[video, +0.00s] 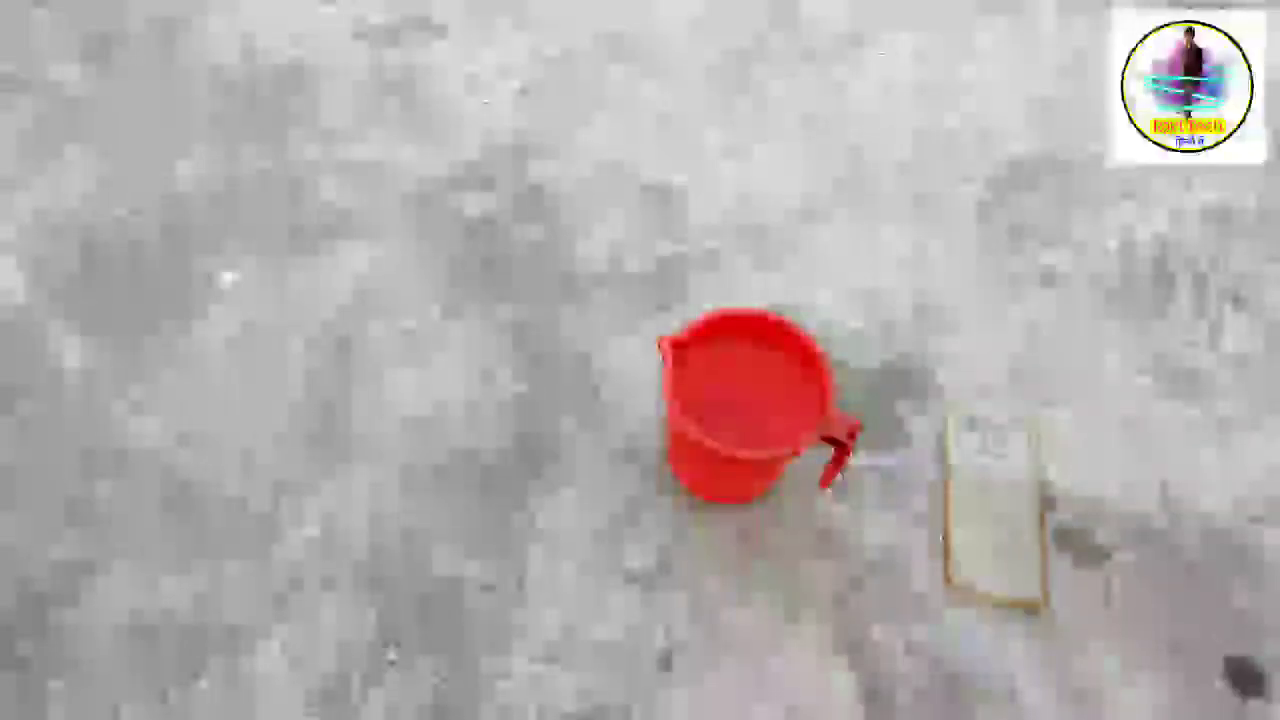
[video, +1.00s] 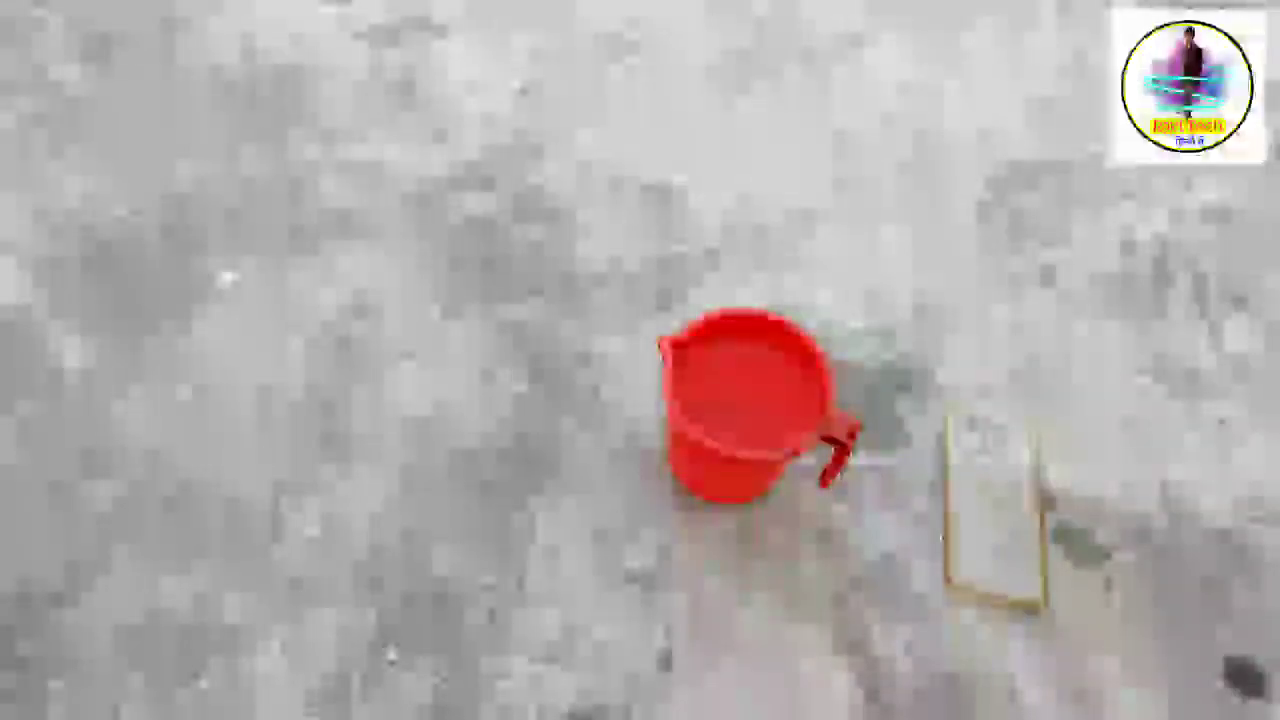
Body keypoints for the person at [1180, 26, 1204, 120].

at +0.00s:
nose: (1187, 38)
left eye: (1189, 36)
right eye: (1186, 36)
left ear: (1193, 36)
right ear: (1184, 36)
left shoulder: (1197, 50)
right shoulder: (1182, 50)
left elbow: (1199, 63)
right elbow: (1178, 61)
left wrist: (1199, 73)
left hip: (1194, 74)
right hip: (1184, 73)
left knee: (1190, 92)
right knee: (1185, 92)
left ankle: (1188, 111)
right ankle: (1186, 110)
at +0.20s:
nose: (1187, 38)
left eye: (1189, 36)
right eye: (1186, 36)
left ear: (1193, 36)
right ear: (1184, 36)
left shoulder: (1197, 50)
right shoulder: (1182, 50)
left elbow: (1199, 63)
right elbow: (1178, 61)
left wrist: (1199, 73)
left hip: (1194, 74)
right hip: (1184, 73)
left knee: (1190, 92)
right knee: (1185, 92)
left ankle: (1188, 111)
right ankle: (1186, 110)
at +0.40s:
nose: (1187, 38)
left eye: (1189, 36)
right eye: (1186, 36)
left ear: (1193, 36)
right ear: (1184, 36)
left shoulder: (1197, 50)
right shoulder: (1182, 50)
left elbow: (1199, 63)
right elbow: (1178, 61)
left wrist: (1199, 73)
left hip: (1194, 74)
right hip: (1184, 73)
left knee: (1190, 92)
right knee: (1185, 92)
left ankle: (1188, 111)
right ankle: (1186, 110)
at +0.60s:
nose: (1187, 38)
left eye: (1189, 36)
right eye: (1186, 36)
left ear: (1193, 36)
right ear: (1184, 36)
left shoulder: (1197, 50)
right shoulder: (1182, 49)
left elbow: (1199, 64)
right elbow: (1176, 61)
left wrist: (1197, 75)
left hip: (1193, 75)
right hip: (1183, 74)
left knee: (1190, 93)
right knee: (1186, 93)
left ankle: (1188, 111)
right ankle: (1186, 111)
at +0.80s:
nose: (1187, 38)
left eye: (1189, 36)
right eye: (1186, 36)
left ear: (1193, 36)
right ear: (1184, 36)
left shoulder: (1197, 50)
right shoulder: (1181, 49)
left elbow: (1199, 64)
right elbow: (1176, 61)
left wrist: (1197, 75)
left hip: (1193, 75)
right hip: (1183, 74)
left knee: (1190, 93)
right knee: (1185, 93)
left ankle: (1188, 111)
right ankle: (1185, 111)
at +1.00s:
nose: (1187, 38)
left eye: (1189, 36)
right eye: (1186, 36)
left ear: (1193, 36)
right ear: (1184, 36)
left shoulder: (1197, 50)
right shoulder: (1181, 49)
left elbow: (1199, 64)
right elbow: (1176, 61)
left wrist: (1197, 75)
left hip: (1193, 75)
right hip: (1183, 74)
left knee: (1190, 93)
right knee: (1185, 93)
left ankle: (1188, 111)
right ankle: (1186, 111)